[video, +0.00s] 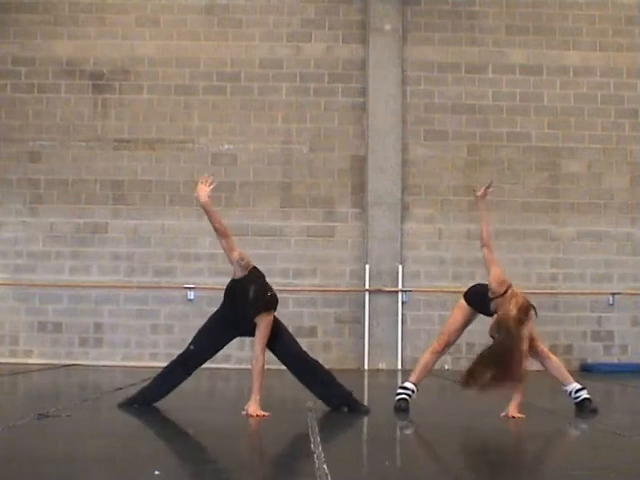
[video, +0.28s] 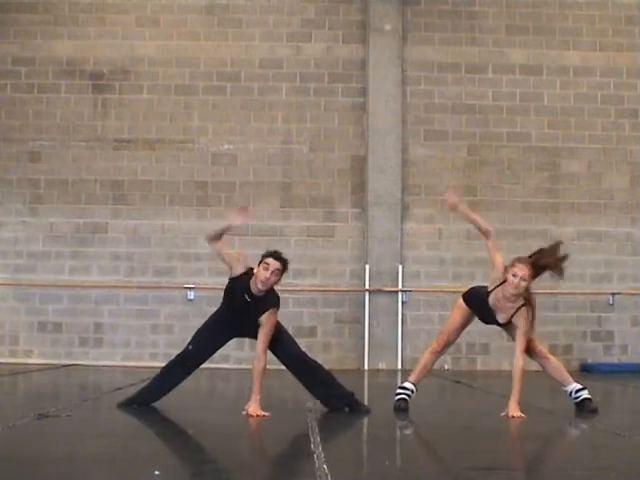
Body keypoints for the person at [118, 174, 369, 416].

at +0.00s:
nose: (253, 310)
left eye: (256, 308)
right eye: (247, 303)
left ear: (264, 306)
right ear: (243, 281)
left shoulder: (266, 312)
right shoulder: (242, 269)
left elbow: (259, 357)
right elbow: (223, 234)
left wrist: (255, 400)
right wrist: (205, 203)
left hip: (261, 328)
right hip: (228, 319)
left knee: (300, 361)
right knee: (191, 357)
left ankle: (342, 400)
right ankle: (145, 397)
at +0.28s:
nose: (269, 275)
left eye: (276, 273)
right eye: (267, 268)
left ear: (279, 279)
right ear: (257, 266)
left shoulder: (270, 306)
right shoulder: (240, 266)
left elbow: (261, 355)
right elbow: (213, 240)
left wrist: (255, 401)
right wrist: (230, 225)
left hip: (259, 328)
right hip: (226, 322)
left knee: (300, 361)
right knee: (189, 357)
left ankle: (343, 401)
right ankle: (143, 397)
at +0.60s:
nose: (264, 298)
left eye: (270, 294)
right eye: (260, 292)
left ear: (275, 296)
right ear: (250, 291)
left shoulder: (276, 313)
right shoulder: (230, 308)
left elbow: (267, 359)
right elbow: (221, 356)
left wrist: (256, 400)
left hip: (265, 330)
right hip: (228, 326)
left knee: (303, 362)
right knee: (190, 358)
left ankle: (344, 401)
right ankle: (144, 397)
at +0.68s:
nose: (261, 309)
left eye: (266, 305)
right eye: (257, 303)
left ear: (272, 303)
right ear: (246, 298)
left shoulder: (275, 313)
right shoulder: (228, 309)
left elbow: (266, 360)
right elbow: (220, 358)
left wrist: (256, 401)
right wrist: (225, 396)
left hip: (265, 330)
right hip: (227, 328)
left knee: (302, 361)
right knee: (189, 358)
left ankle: (344, 401)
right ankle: (145, 396)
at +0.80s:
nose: (254, 311)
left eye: (259, 307)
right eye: (250, 306)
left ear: (266, 304)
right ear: (240, 301)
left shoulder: (272, 311)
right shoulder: (222, 309)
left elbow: (265, 360)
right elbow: (220, 357)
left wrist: (255, 401)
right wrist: (224, 397)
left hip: (266, 324)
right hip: (227, 323)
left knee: (302, 352)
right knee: (186, 349)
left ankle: (334, 399)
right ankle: (159, 392)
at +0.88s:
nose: (247, 310)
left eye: (252, 304)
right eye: (242, 304)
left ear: (259, 300)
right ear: (234, 299)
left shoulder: (268, 310)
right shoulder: (219, 309)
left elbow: (262, 360)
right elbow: (218, 357)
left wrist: (255, 400)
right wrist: (224, 398)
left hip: (261, 330)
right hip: (228, 330)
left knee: (296, 348)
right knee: (191, 351)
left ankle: (291, 393)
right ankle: (198, 387)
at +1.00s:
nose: (240, 301)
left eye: (245, 295)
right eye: (234, 295)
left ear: (253, 294)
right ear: (227, 295)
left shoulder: (262, 311)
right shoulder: (216, 311)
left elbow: (259, 360)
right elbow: (218, 356)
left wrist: (255, 400)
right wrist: (224, 397)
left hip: (254, 351)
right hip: (227, 353)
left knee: (289, 365)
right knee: (199, 367)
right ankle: (234, 390)